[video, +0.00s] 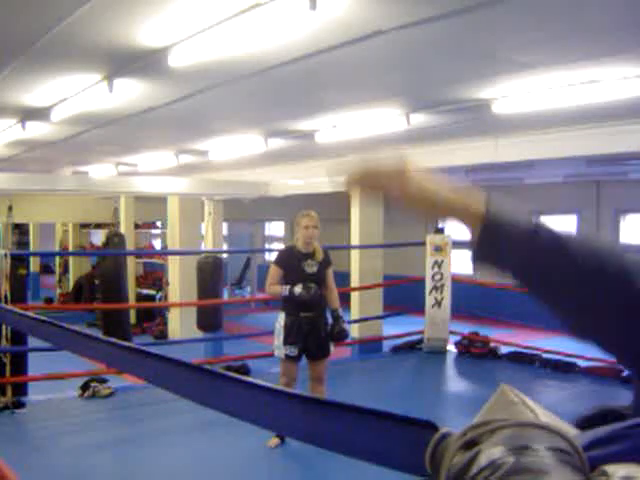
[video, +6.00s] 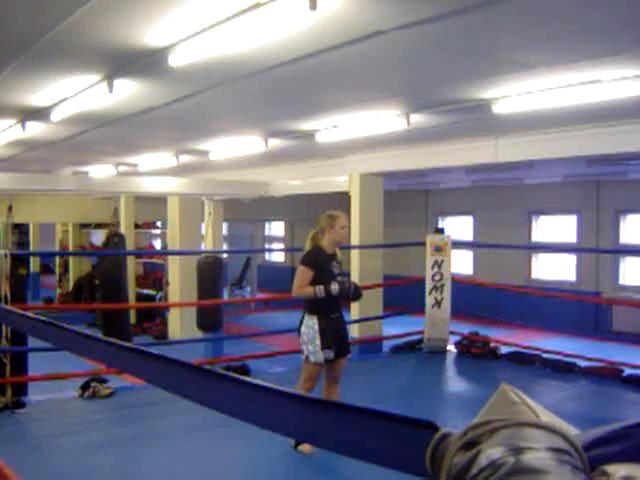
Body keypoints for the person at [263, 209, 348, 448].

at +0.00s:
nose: (310, 232)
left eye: (314, 228)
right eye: (306, 227)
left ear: (319, 231)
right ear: (297, 230)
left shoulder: (323, 257)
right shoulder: (285, 256)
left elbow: (330, 289)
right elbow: (270, 287)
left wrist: (338, 316)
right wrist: (293, 289)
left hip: (317, 318)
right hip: (292, 318)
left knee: (318, 378)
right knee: (287, 378)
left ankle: (319, 428)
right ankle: (280, 429)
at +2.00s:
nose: (345, 232)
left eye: (345, 228)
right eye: (342, 228)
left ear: (332, 229)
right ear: (329, 228)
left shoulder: (331, 253)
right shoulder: (314, 251)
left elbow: (326, 279)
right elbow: (300, 282)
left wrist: (347, 281)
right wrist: (330, 287)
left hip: (327, 312)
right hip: (312, 313)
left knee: (326, 375)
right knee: (320, 377)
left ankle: (322, 419)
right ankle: (298, 416)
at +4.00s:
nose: (321, 234)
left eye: (322, 229)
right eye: (317, 229)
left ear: (320, 232)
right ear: (303, 231)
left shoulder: (319, 256)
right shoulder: (287, 260)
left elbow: (320, 284)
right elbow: (271, 294)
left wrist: (327, 289)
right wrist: (301, 292)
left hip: (317, 318)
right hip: (293, 321)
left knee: (329, 379)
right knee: (294, 381)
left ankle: (327, 429)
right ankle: (297, 434)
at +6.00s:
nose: (346, 233)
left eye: (346, 229)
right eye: (342, 229)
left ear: (337, 231)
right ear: (328, 229)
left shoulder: (335, 258)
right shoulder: (313, 256)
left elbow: (332, 289)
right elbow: (297, 289)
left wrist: (350, 291)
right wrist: (329, 289)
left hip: (335, 318)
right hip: (316, 318)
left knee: (334, 378)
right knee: (309, 380)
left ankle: (330, 428)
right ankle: (299, 431)